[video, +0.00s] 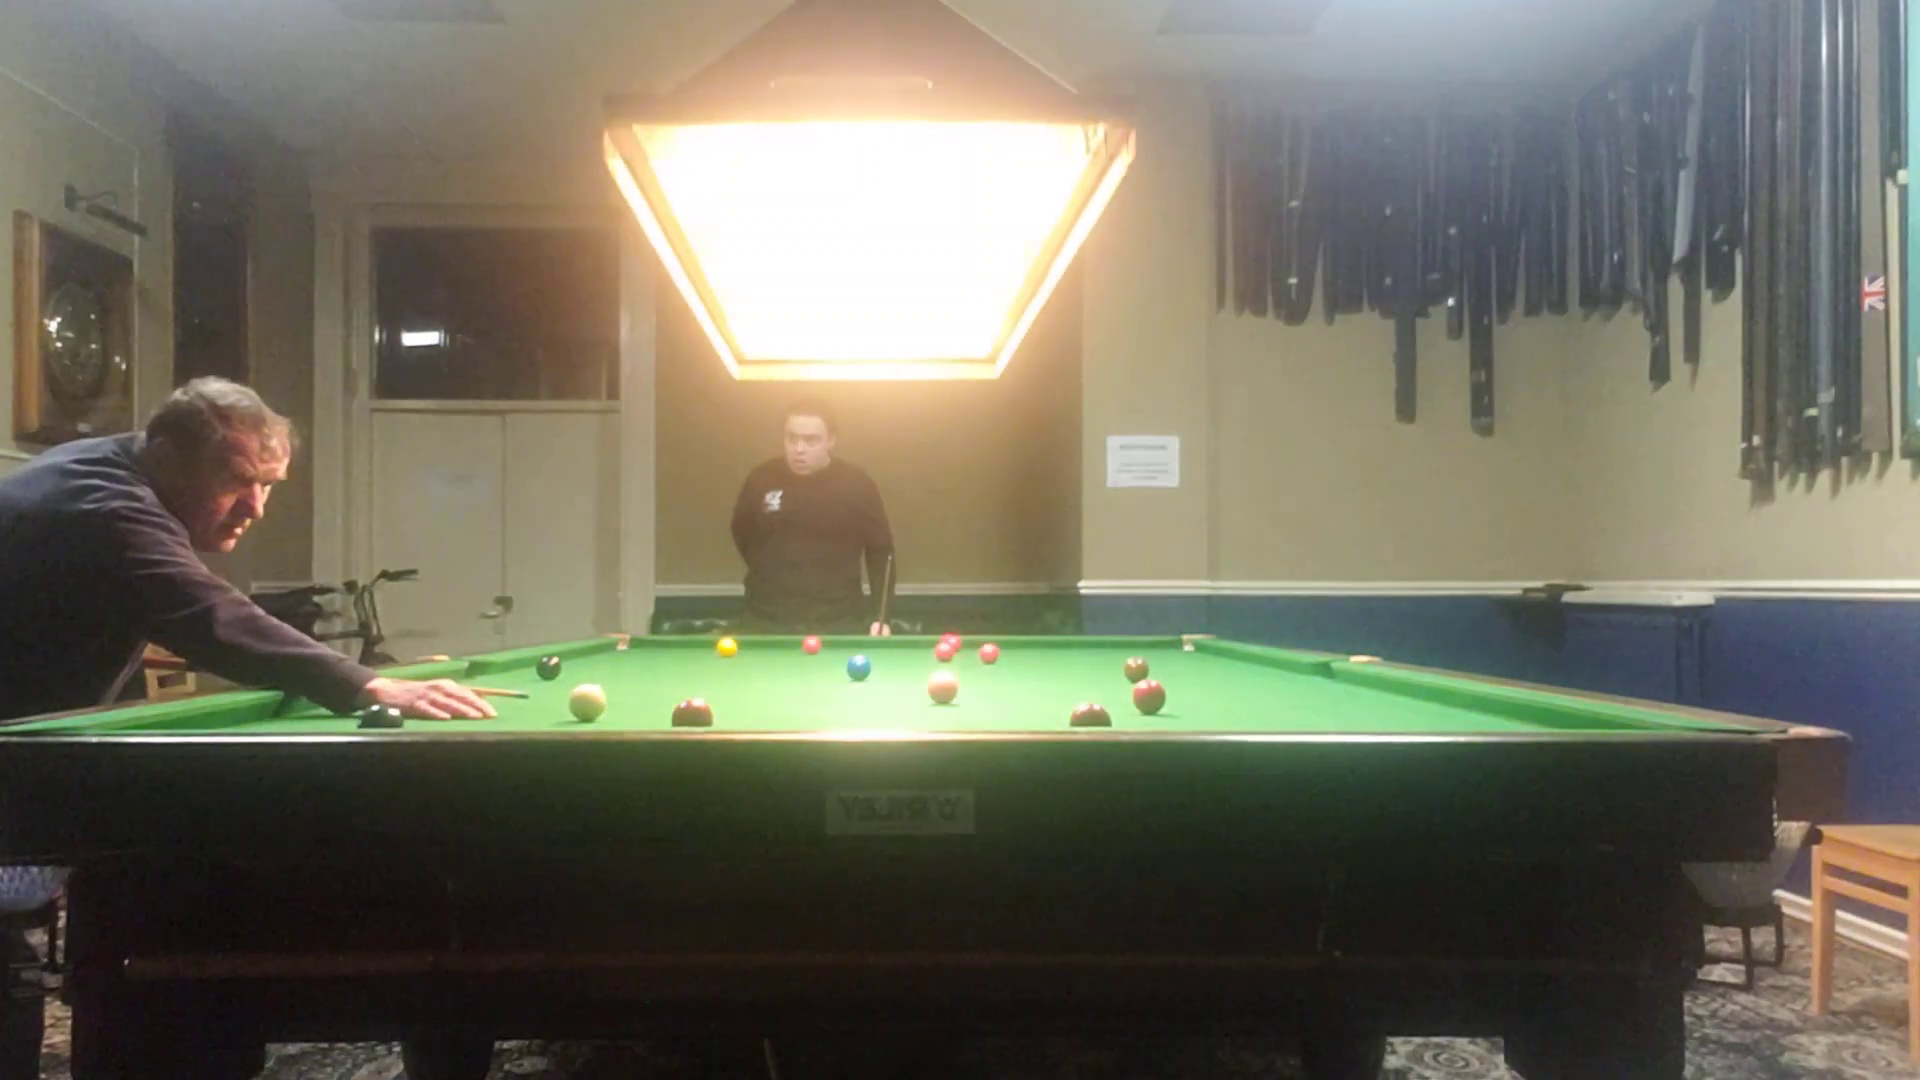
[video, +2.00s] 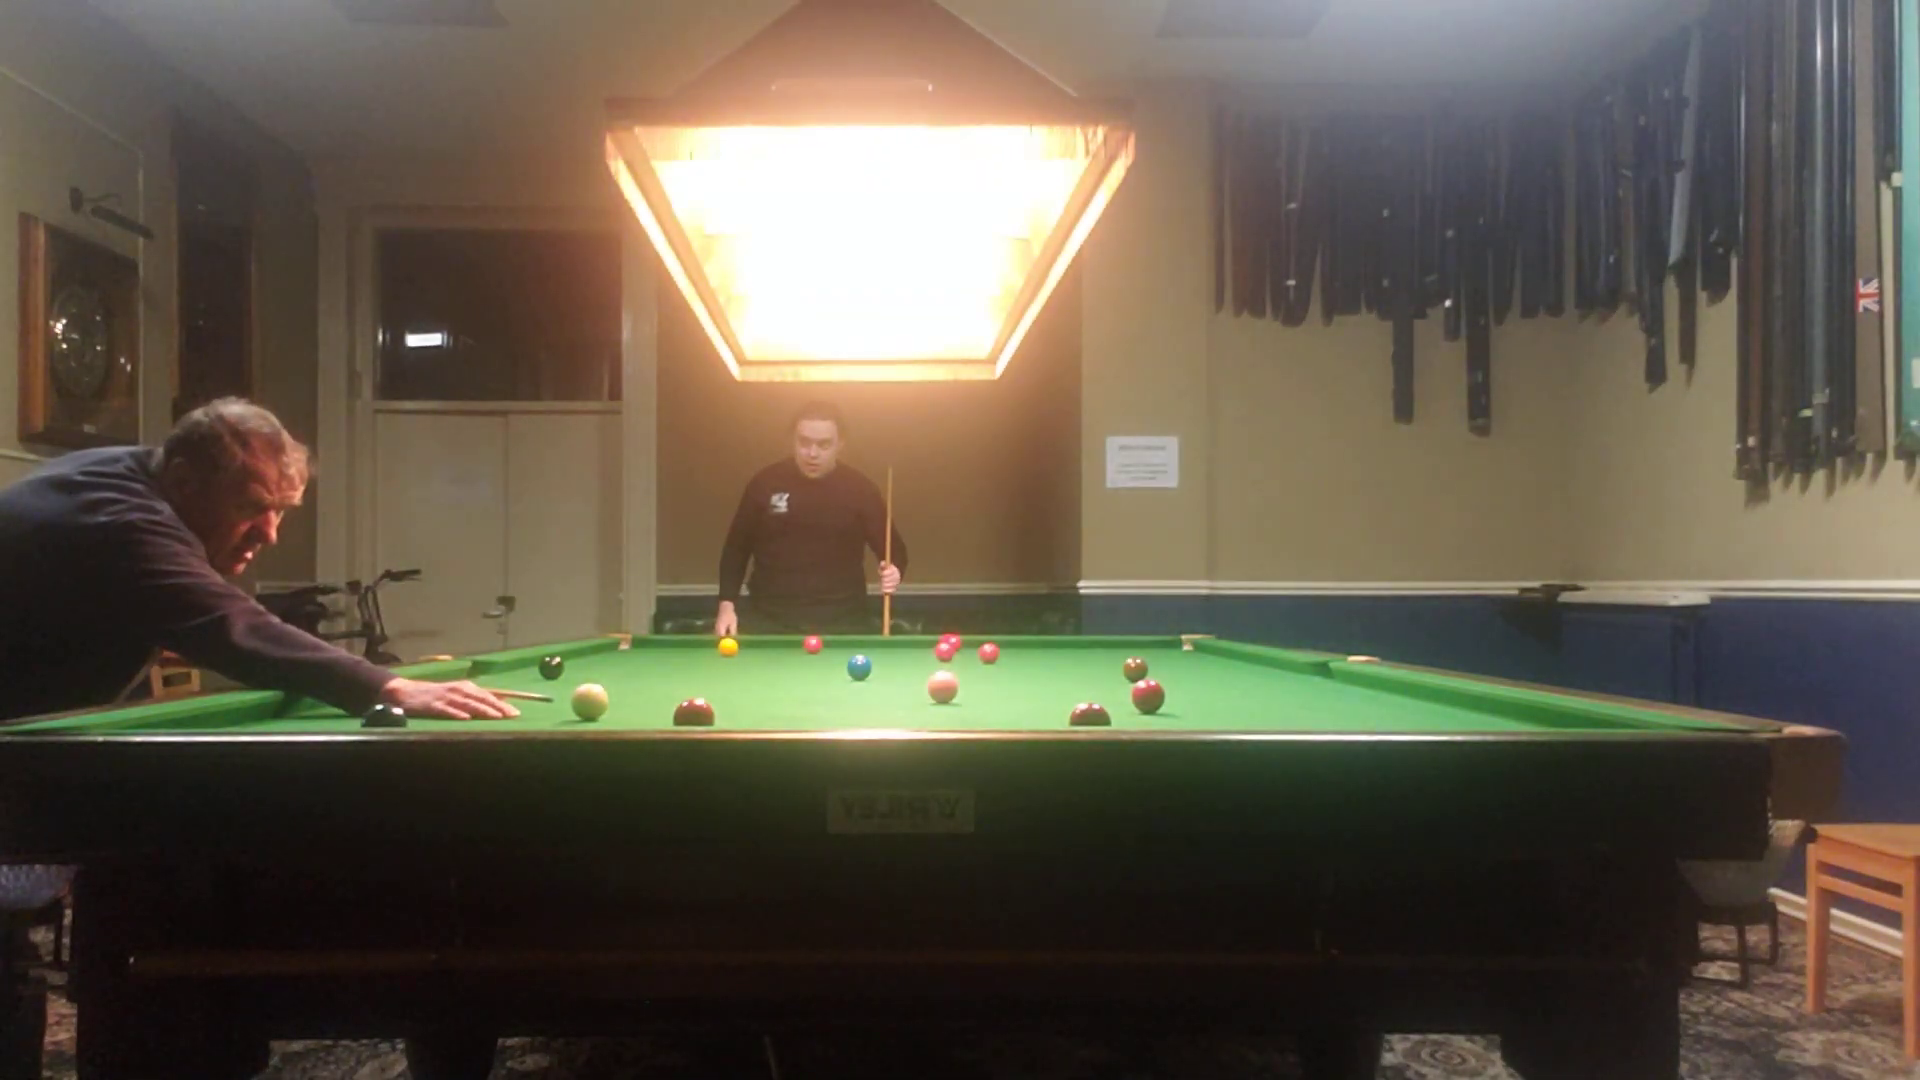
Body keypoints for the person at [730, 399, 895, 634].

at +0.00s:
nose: (799, 449)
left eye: (811, 440)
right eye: (792, 439)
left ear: (831, 441)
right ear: (783, 439)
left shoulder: (858, 485)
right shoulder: (762, 479)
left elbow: (881, 551)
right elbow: (742, 531)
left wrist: (881, 617)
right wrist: (769, 576)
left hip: (838, 622)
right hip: (766, 620)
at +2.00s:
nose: (813, 454)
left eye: (823, 444)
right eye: (804, 443)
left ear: (840, 445)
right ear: (793, 441)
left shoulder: (859, 490)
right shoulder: (765, 485)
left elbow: (890, 542)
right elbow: (737, 547)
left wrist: (893, 568)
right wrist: (726, 604)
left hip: (842, 623)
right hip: (771, 623)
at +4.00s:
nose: (795, 436)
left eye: (806, 429)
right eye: (788, 427)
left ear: (822, 437)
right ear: (776, 433)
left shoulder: (847, 482)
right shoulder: (754, 484)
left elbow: (880, 548)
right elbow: (730, 552)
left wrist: (867, 537)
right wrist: (723, 608)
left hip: (831, 624)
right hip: (761, 625)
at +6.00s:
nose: (735, 448)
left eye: (747, 438)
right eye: (727, 438)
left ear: (765, 440)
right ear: (716, 440)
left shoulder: (786, 487)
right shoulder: (694, 482)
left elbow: (814, 558)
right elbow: (667, 547)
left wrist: (817, 545)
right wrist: (659, 605)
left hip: (765, 631)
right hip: (695, 631)